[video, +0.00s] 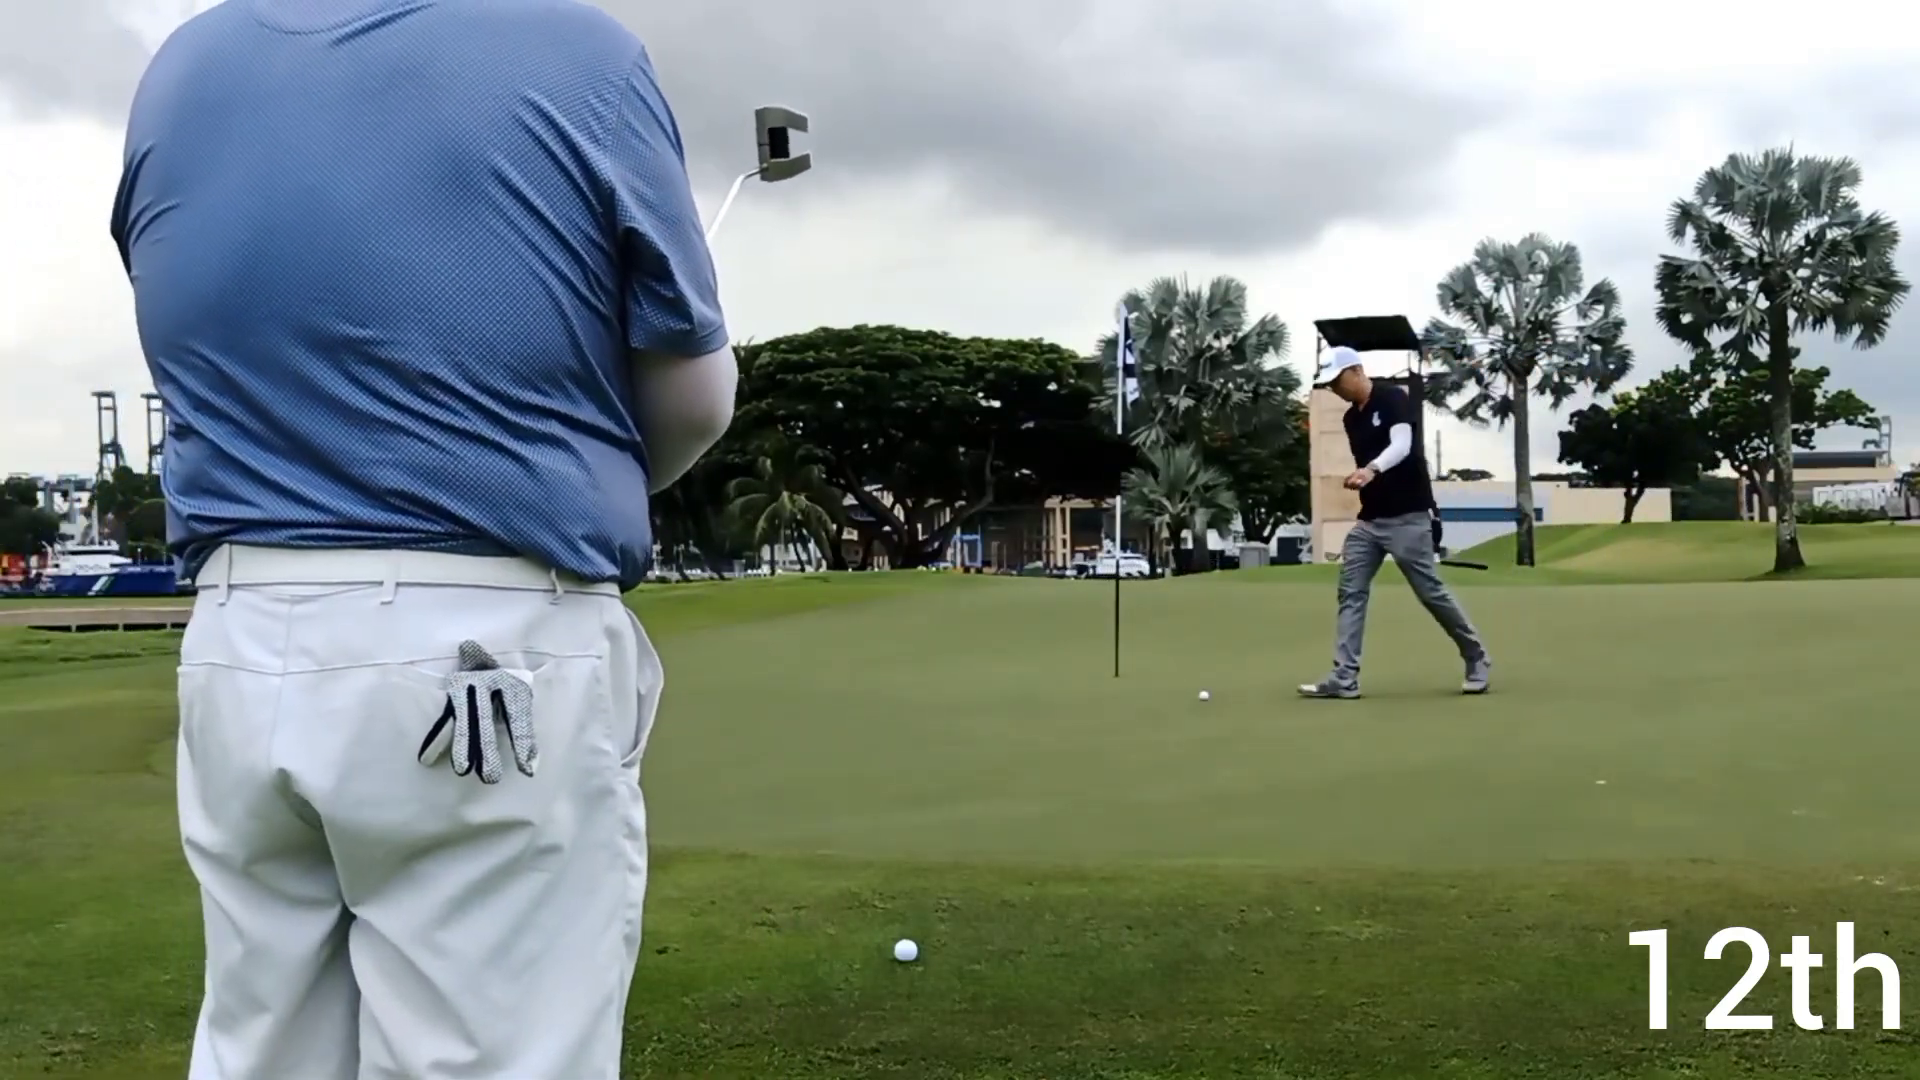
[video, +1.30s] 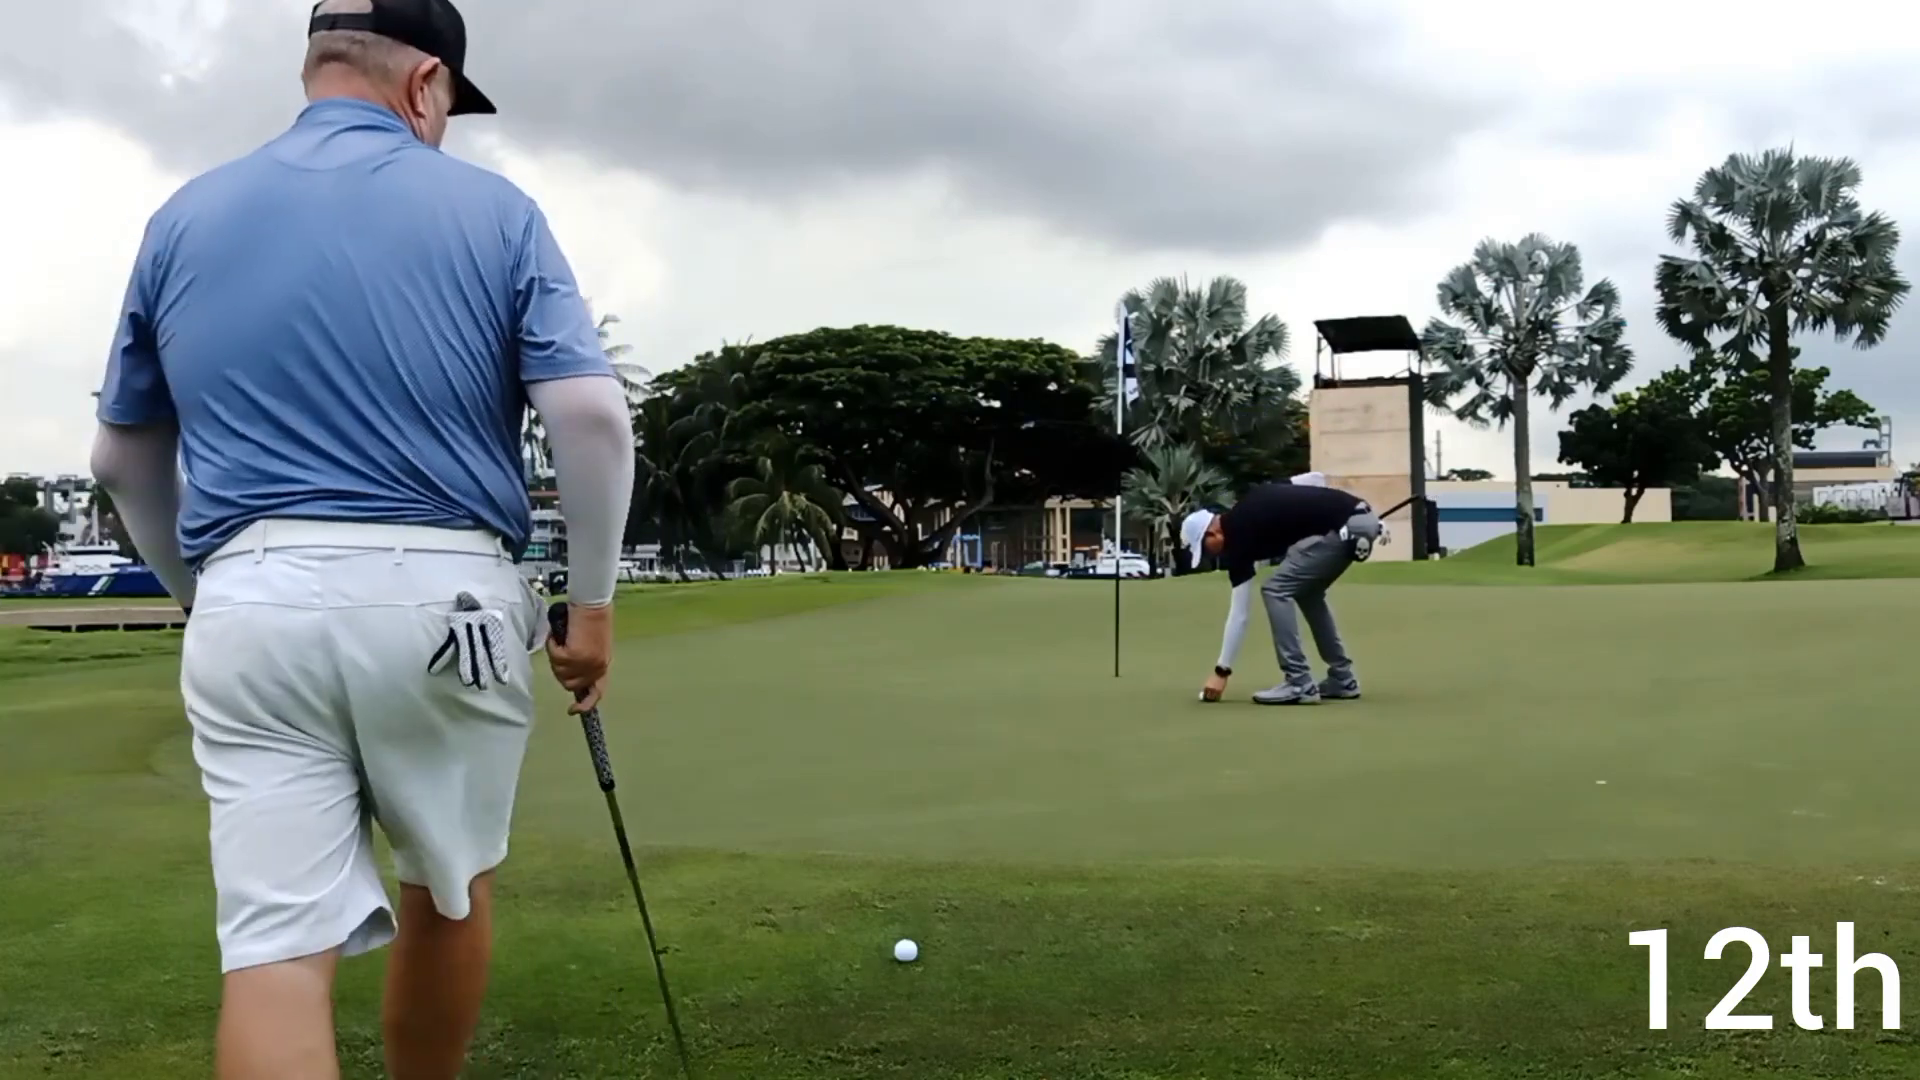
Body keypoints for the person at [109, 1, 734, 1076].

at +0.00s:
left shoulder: (187, 57)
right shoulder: (582, 46)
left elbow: (183, 331)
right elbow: (691, 393)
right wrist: (565, 494)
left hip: (245, 616)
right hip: (501, 621)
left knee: (257, 1058)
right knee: (503, 1058)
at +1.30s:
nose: (452, 129)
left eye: (456, 112)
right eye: (455, 108)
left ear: (310, 80)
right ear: (424, 88)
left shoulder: (188, 213)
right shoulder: (492, 205)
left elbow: (130, 460)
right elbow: (590, 412)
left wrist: (208, 586)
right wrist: (589, 602)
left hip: (249, 594)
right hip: (446, 593)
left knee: (273, 950)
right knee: (447, 894)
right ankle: (425, 1079)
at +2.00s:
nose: (542, 207)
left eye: (548, 191)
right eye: (547, 187)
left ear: (433, 148)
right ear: (518, 164)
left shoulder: (309, 248)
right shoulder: (546, 266)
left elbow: (209, 379)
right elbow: (601, 435)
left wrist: (164, 532)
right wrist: (600, 594)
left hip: (337, 554)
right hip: (479, 560)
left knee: (361, 794)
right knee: (433, 841)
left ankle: (376, 984)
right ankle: (395, 1070)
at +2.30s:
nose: (558, 221)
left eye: (563, 205)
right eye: (559, 199)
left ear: (472, 165)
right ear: (523, 172)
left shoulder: (365, 249)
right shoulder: (528, 254)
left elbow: (324, 382)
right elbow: (554, 389)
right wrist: (579, 547)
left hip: (351, 524)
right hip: (468, 529)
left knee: (400, 774)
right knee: (499, 774)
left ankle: (402, 988)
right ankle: (414, 992)